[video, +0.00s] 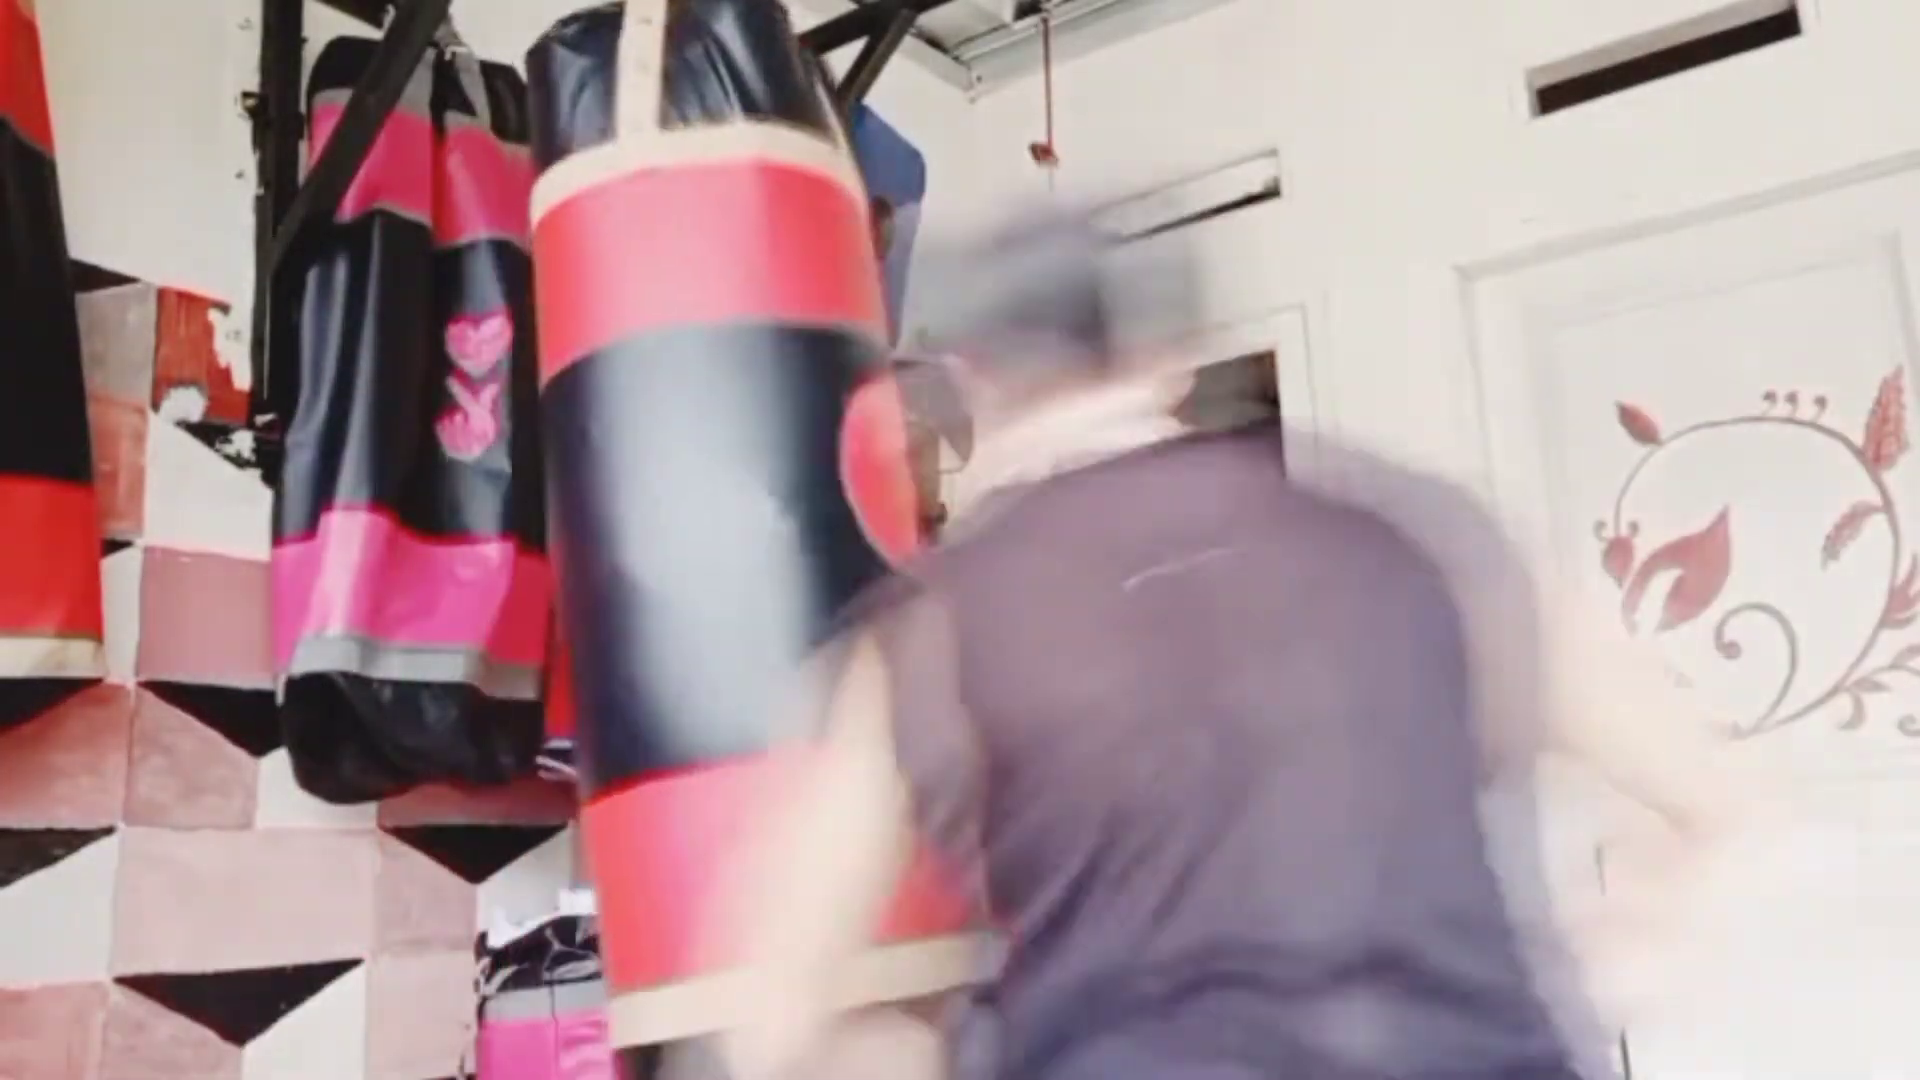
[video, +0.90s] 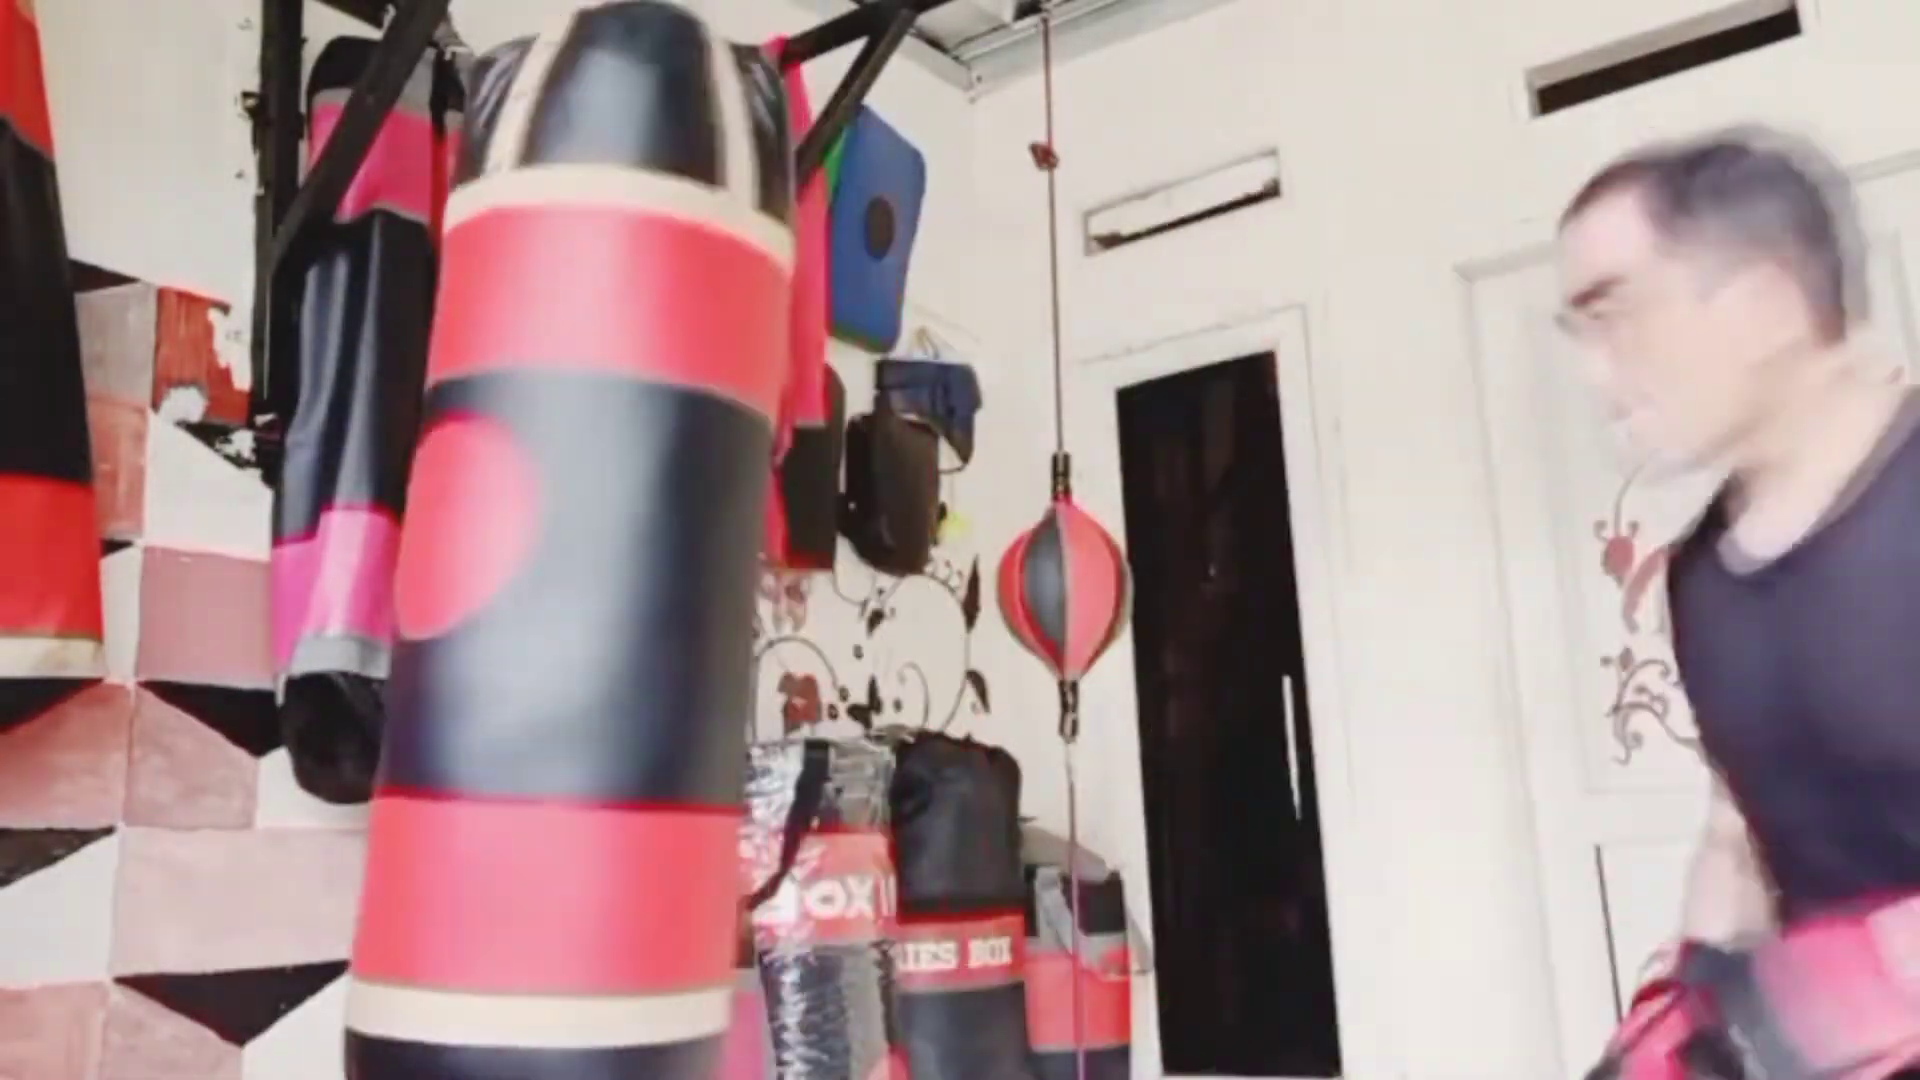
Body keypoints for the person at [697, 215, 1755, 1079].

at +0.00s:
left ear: (964, 384)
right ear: (1169, 356)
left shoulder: (923, 628)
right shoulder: (1413, 527)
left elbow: (766, 1030)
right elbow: (1722, 797)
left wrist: (984, 1028)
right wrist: (1610, 958)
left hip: (1121, 1051)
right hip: (1459, 1041)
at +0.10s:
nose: (1204, 360)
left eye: (1211, 327)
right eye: (1210, 328)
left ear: (1241, 334)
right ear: (1413, 330)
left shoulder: (1147, 569)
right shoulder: (1639, 556)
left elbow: (967, 912)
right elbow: (1802, 901)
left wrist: (1020, 1060)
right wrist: (1711, 1039)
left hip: (1280, 1050)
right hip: (1606, 1046)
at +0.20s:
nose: (1273, 344)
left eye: (1279, 301)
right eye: (1272, 304)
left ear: (1356, 306)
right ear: (1503, 317)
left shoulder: (1248, 511)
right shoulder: (1699, 519)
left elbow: (1087, 754)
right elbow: (1762, 859)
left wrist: (1029, 1050)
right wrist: (1750, 1036)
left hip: (1329, 1054)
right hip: (1687, 1053)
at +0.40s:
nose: (1279, 344)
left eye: (1282, 302)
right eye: (1273, 306)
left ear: (1367, 287)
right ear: (1498, 283)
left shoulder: (1263, 480)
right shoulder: (1694, 461)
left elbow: (1149, 854)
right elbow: (1798, 822)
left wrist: (1145, 1016)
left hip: (1406, 1048)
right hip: (1717, 1039)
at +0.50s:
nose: (1346, 483)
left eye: (1348, 443)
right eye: (1338, 447)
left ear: (1404, 400)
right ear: (1537, 403)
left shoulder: (1342, 618)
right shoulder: (1750, 611)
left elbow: (1211, 882)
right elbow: (1874, 924)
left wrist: (1164, 1029)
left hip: (1466, 1052)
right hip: (1730, 1052)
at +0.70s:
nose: (1502, 348)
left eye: (1518, 294)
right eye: (1492, 309)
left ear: (1653, 277)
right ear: (1651, 282)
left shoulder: (1742, 445)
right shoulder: (1682, 463)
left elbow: (1908, 692)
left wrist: (1726, 902)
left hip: (1867, 1029)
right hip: (1802, 1028)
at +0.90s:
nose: (1591, 368)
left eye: (1610, 310)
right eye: (1582, 326)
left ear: (1772, 298)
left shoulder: (1907, 473)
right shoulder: (1701, 571)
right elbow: (1743, 834)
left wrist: (1859, 988)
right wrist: (1696, 1006)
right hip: (1822, 1028)